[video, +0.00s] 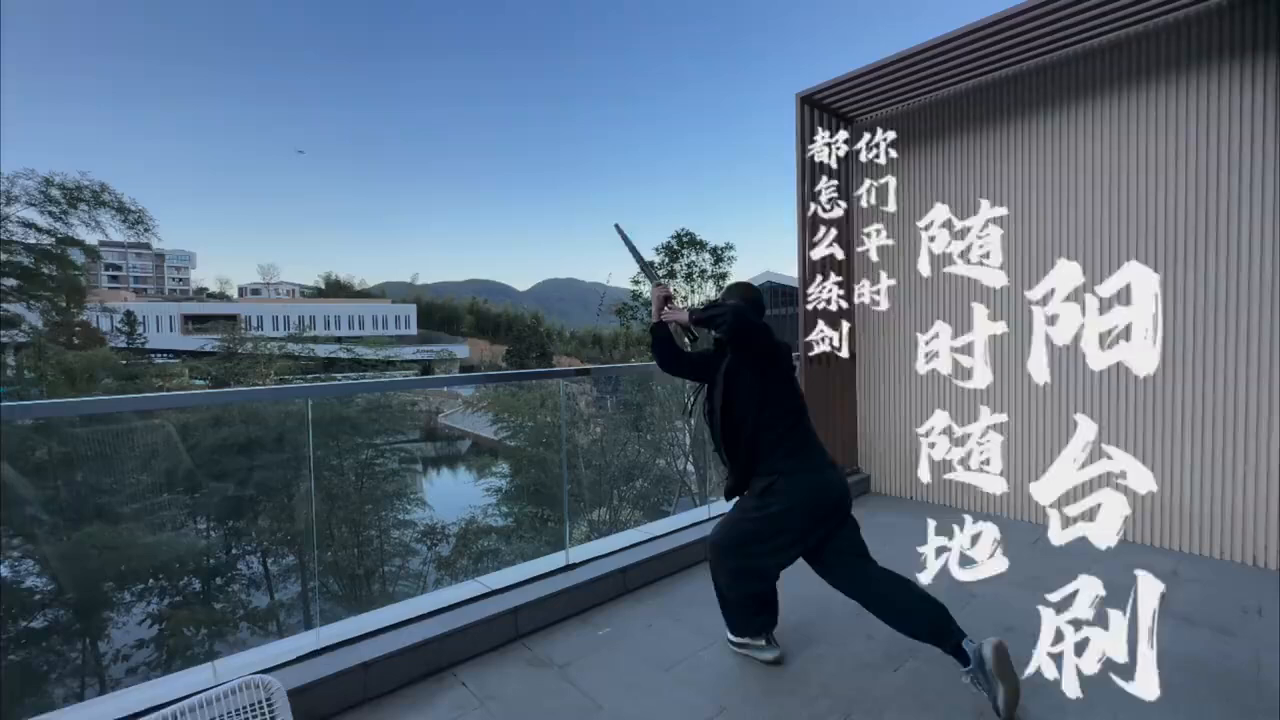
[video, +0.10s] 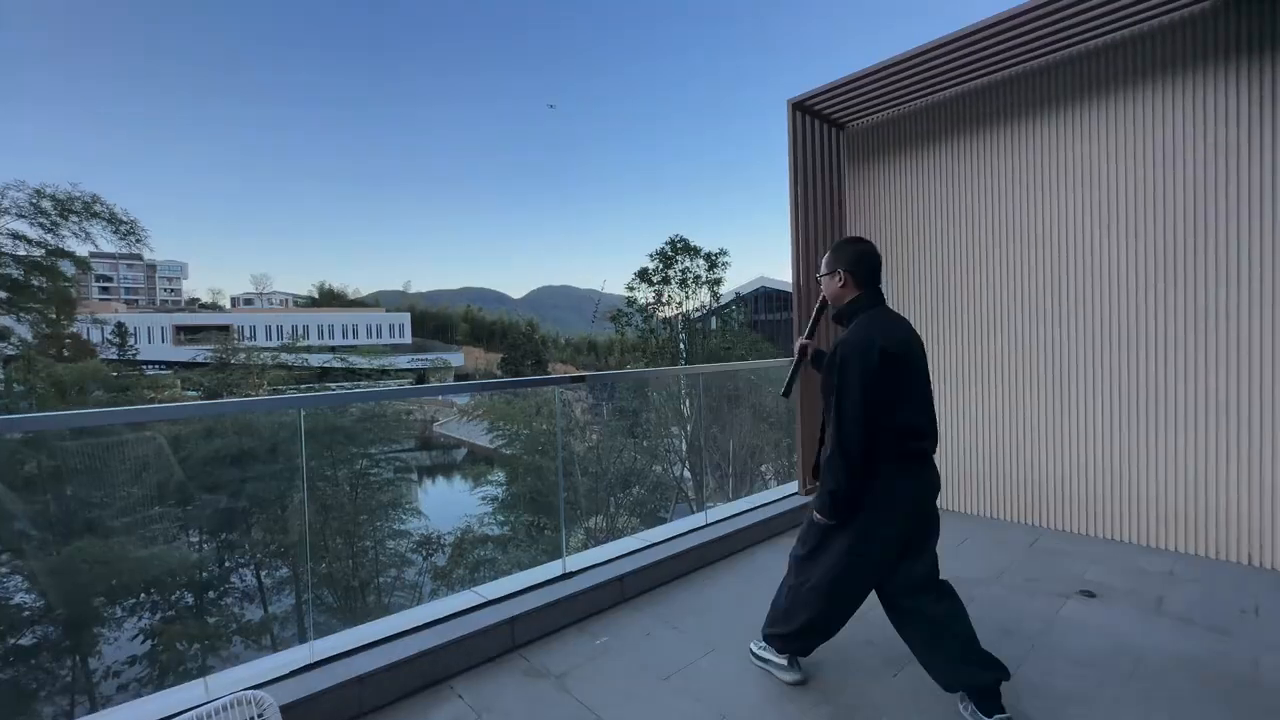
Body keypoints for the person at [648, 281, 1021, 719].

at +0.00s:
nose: (712, 316)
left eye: (717, 310)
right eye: (717, 311)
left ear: (734, 314)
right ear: (750, 314)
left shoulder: (758, 347)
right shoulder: (721, 362)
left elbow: (736, 316)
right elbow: (674, 362)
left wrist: (687, 318)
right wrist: (658, 320)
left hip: (790, 486)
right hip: (812, 485)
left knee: (729, 546)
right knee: (863, 578)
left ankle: (754, 635)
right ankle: (970, 654)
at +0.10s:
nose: (820, 287)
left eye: (825, 277)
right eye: (821, 277)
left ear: (846, 280)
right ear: (863, 281)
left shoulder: (857, 342)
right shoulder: (900, 331)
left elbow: (850, 434)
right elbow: (872, 383)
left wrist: (827, 501)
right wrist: (821, 360)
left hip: (867, 490)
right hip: (912, 486)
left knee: (815, 563)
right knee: (918, 591)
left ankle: (783, 648)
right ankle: (984, 697)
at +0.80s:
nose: (762, 300)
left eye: (765, 291)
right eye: (763, 292)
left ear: (783, 293)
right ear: (803, 292)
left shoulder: (792, 346)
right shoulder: (842, 330)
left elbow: (795, 429)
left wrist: (790, 494)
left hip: (842, 482)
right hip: (895, 472)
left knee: (803, 559)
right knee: (922, 580)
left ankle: (782, 646)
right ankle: (987, 692)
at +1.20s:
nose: (808, 304)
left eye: (813, 295)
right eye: (809, 295)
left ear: (834, 298)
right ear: (853, 299)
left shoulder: (844, 354)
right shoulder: (886, 341)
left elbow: (839, 439)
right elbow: (847, 390)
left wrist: (812, 480)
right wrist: (806, 369)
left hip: (875, 495)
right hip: (926, 490)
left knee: (807, 553)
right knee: (928, 597)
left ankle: (783, 645)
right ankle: (987, 702)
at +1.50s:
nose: (868, 297)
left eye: (874, 288)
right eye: (871, 288)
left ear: (899, 295)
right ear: (910, 298)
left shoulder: (898, 359)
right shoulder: (940, 352)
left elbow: (853, 431)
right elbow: (887, 403)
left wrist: (837, 419)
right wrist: (845, 360)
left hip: (896, 505)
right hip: (946, 503)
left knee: (817, 559)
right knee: (927, 605)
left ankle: (784, 647)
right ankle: (985, 703)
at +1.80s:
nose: (870, 300)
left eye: (873, 292)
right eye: (872, 292)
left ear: (892, 298)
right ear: (927, 300)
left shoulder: (880, 361)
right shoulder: (962, 357)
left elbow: (822, 398)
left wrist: (850, 358)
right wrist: (880, 354)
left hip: (880, 506)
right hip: (943, 509)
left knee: (817, 559)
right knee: (941, 606)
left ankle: (783, 646)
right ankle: (987, 705)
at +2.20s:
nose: (868, 317)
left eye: (871, 308)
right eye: (870, 308)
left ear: (889, 312)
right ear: (922, 312)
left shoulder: (879, 367)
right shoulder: (981, 365)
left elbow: (808, 401)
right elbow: (987, 434)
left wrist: (801, 364)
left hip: (890, 515)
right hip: (962, 520)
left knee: (818, 556)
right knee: (949, 611)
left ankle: (783, 645)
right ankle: (989, 707)